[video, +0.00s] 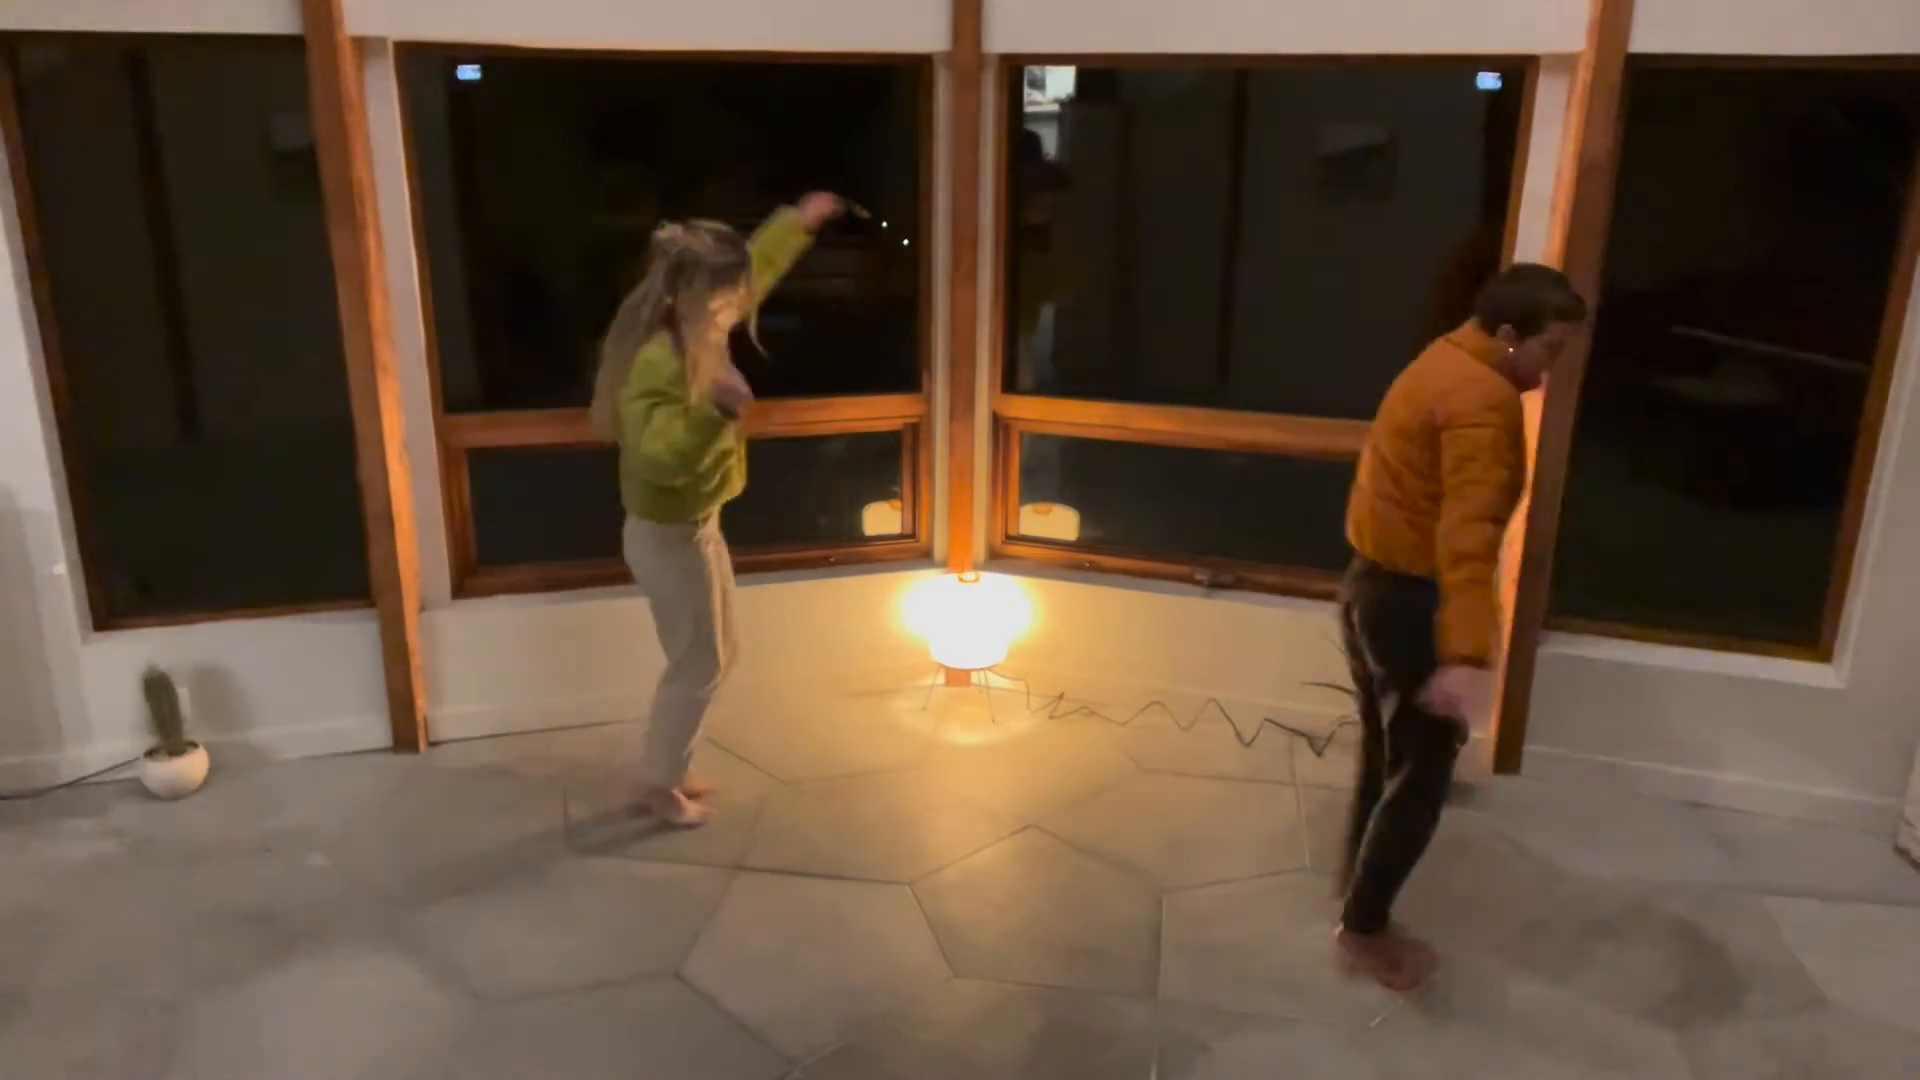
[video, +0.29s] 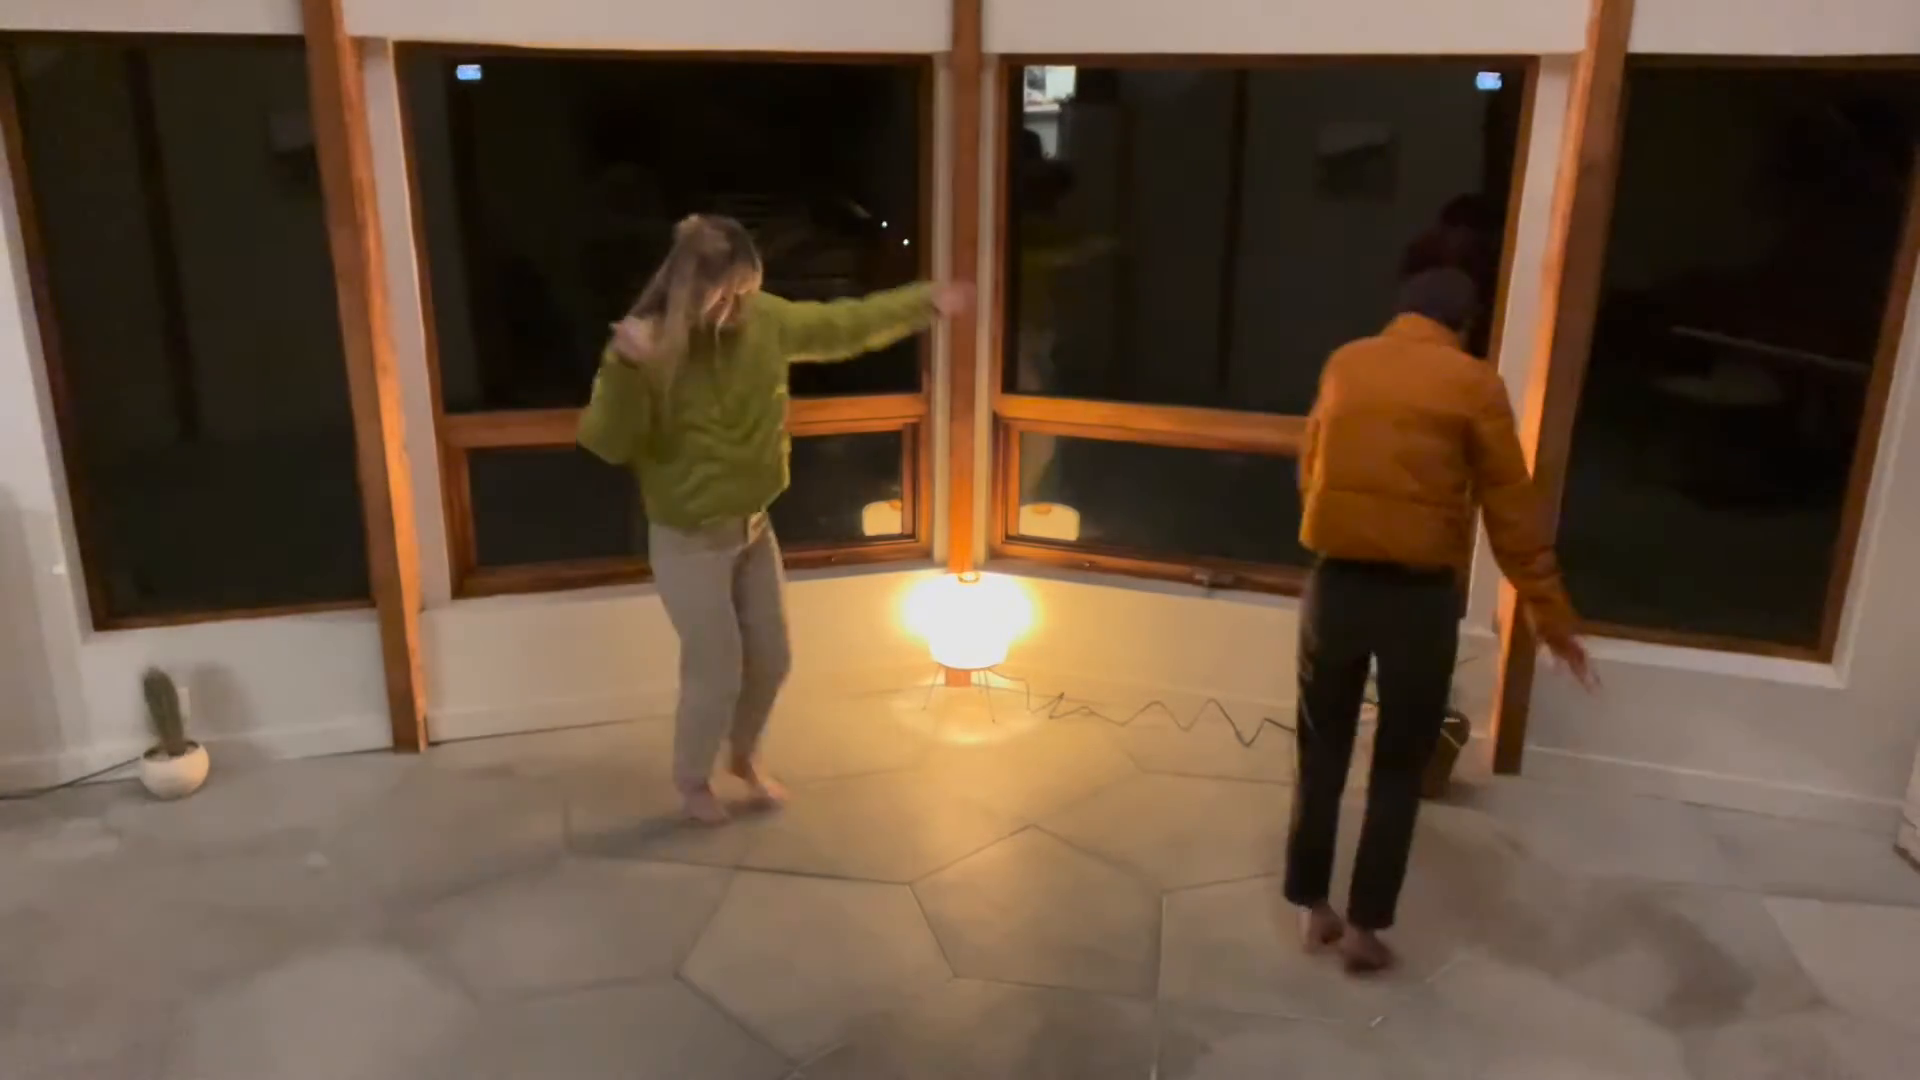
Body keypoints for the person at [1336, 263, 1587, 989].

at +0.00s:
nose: (1555, 365)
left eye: (1561, 350)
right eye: (1552, 348)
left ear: (1501, 330)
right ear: (1510, 332)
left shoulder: (1440, 365)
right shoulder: (1482, 402)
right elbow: (1468, 534)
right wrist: (1464, 656)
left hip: (1372, 584)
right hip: (1411, 599)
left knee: (1385, 758)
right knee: (1421, 775)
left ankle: (1360, 907)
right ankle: (1364, 929)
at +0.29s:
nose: (1473, 333)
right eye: (1473, 322)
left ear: (1402, 310)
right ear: (1464, 322)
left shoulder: (1345, 364)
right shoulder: (1474, 383)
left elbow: (1311, 472)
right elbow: (1512, 515)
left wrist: (1336, 536)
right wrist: (1554, 620)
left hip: (1337, 586)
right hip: (1421, 598)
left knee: (1322, 746)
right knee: (1400, 764)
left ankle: (1314, 908)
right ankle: (1365, 928)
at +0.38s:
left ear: (1357, 319)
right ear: (1423, 323)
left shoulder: (1317, 370)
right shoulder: (1452, 378)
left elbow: (1288, 489)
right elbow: (1488, 506)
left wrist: (1315, 562)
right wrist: (1519, 607)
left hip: (1335, 588)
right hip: (1423, 593)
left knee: (1324, 754)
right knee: (1396, 762)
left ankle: (1320, 920)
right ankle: (1363, 927)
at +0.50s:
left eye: (1314, 330)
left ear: (1323, 328)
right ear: (1385, 324)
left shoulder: (1297, 378)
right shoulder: (1428, 368)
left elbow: (1278, 499)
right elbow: (1460, 479)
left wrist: (1290, 583)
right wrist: (1462, 576)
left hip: (1338, 590)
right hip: (1420, 593)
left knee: (1323, 759)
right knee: (1389, 756)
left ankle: (1320, 926)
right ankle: (1367, 912)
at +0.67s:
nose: (1272, 362)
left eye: (1270, 349)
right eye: (1269, 349)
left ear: (1282, 340)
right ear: (1333, 323)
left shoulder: (1289, 395)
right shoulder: (1386, 359)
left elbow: (1279, 509)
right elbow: (1433, 471)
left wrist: (1273, 596)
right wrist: (1439, 568)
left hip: (1348, 586)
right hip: (1415, 578)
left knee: (1322, 752)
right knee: (1382, 733)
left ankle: (1335, 912)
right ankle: (1380, 886)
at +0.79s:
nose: (1252, 362)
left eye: (1250, 349)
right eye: (1248, 349)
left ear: (1268, 343)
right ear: (1309, 322)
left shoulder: (1302, 407)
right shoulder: (1358, 362)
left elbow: (1280, 518)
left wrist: (1249, 604)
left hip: (1351, 588)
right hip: (1383, 576)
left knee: (1319, 745)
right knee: (1332, 733)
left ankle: (1337, 882)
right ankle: (1366, 866)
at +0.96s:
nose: (1256, 366)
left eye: (1264, 356)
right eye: (1254, 353)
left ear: (1302, 351)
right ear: (1283, 343)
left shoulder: (1350, 415)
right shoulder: (1298, 372)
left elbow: (1300, 540)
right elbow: (1253, 463)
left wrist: (1250, 636)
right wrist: (1231, 547)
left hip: (1350, 587)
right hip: (1295, 575)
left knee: (1317, 738)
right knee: (1267, 726)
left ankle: (1334, 885)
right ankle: (1265, 851)